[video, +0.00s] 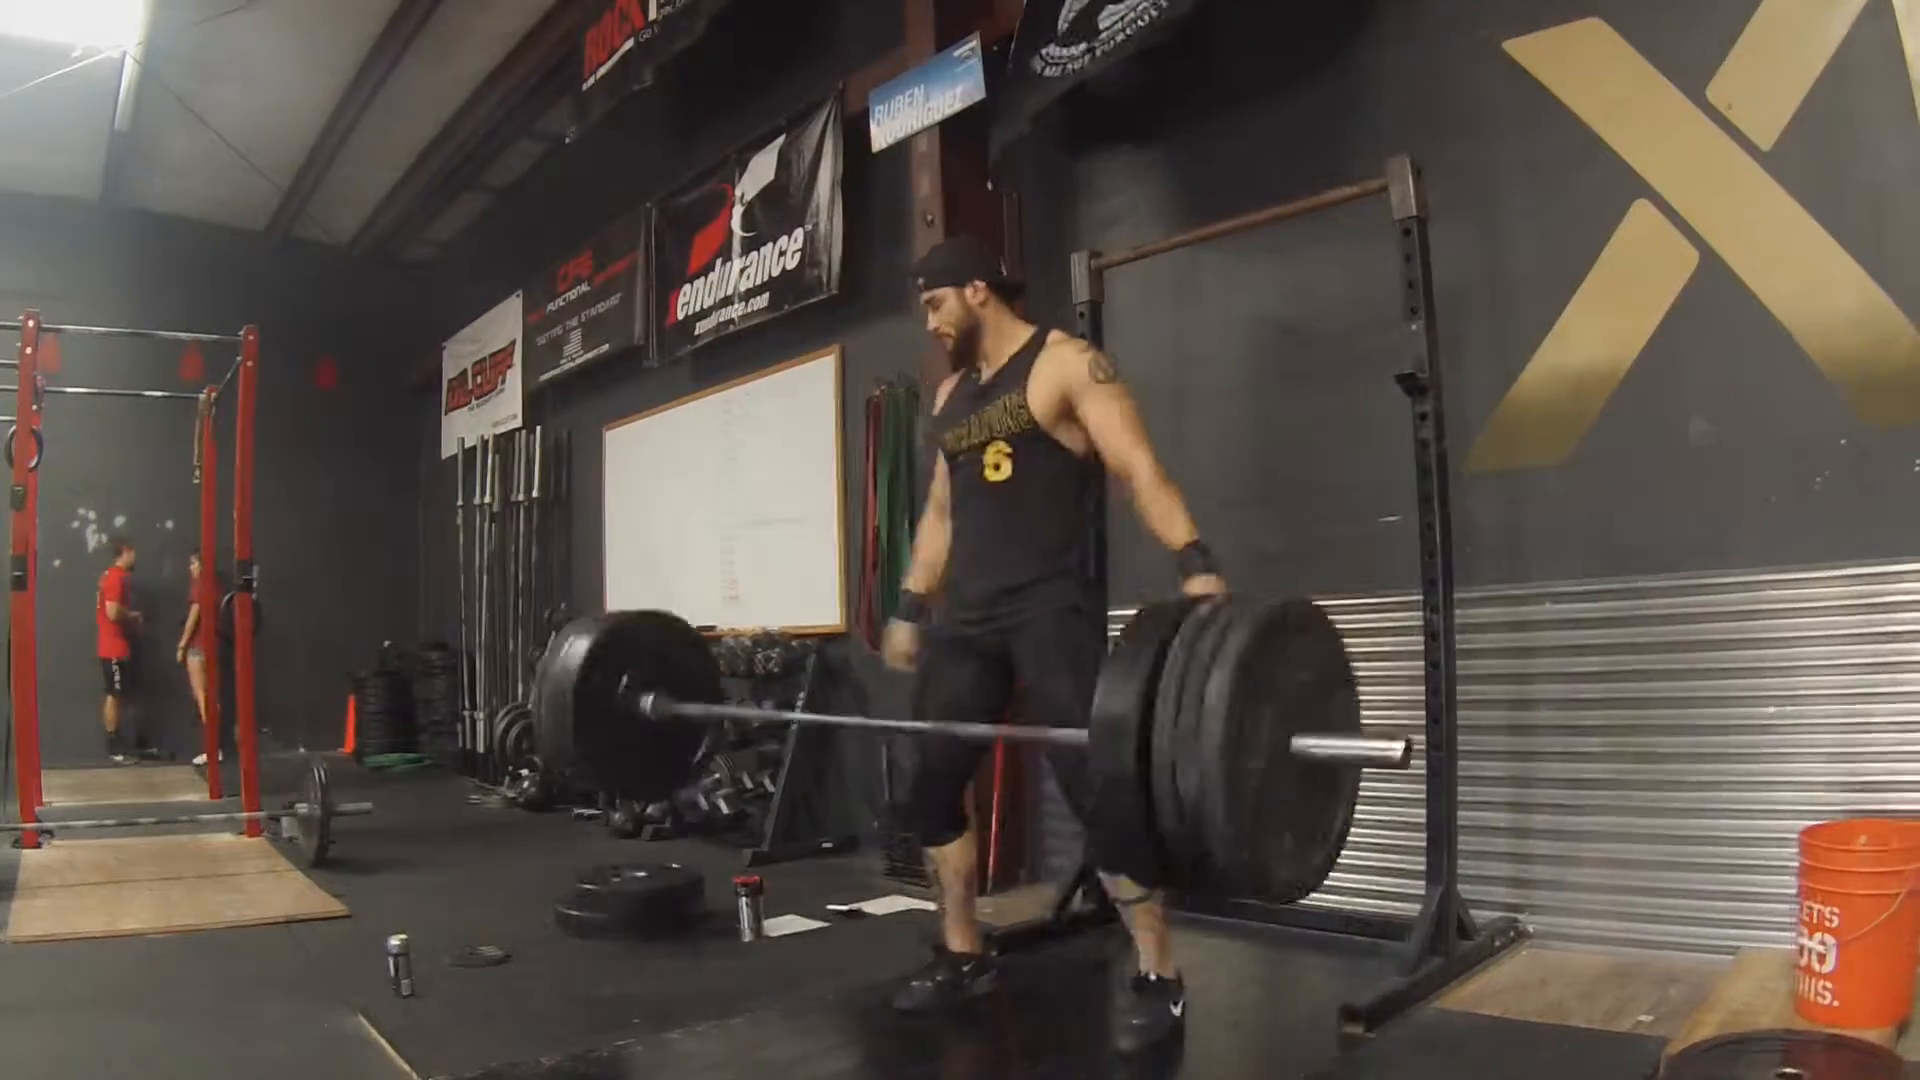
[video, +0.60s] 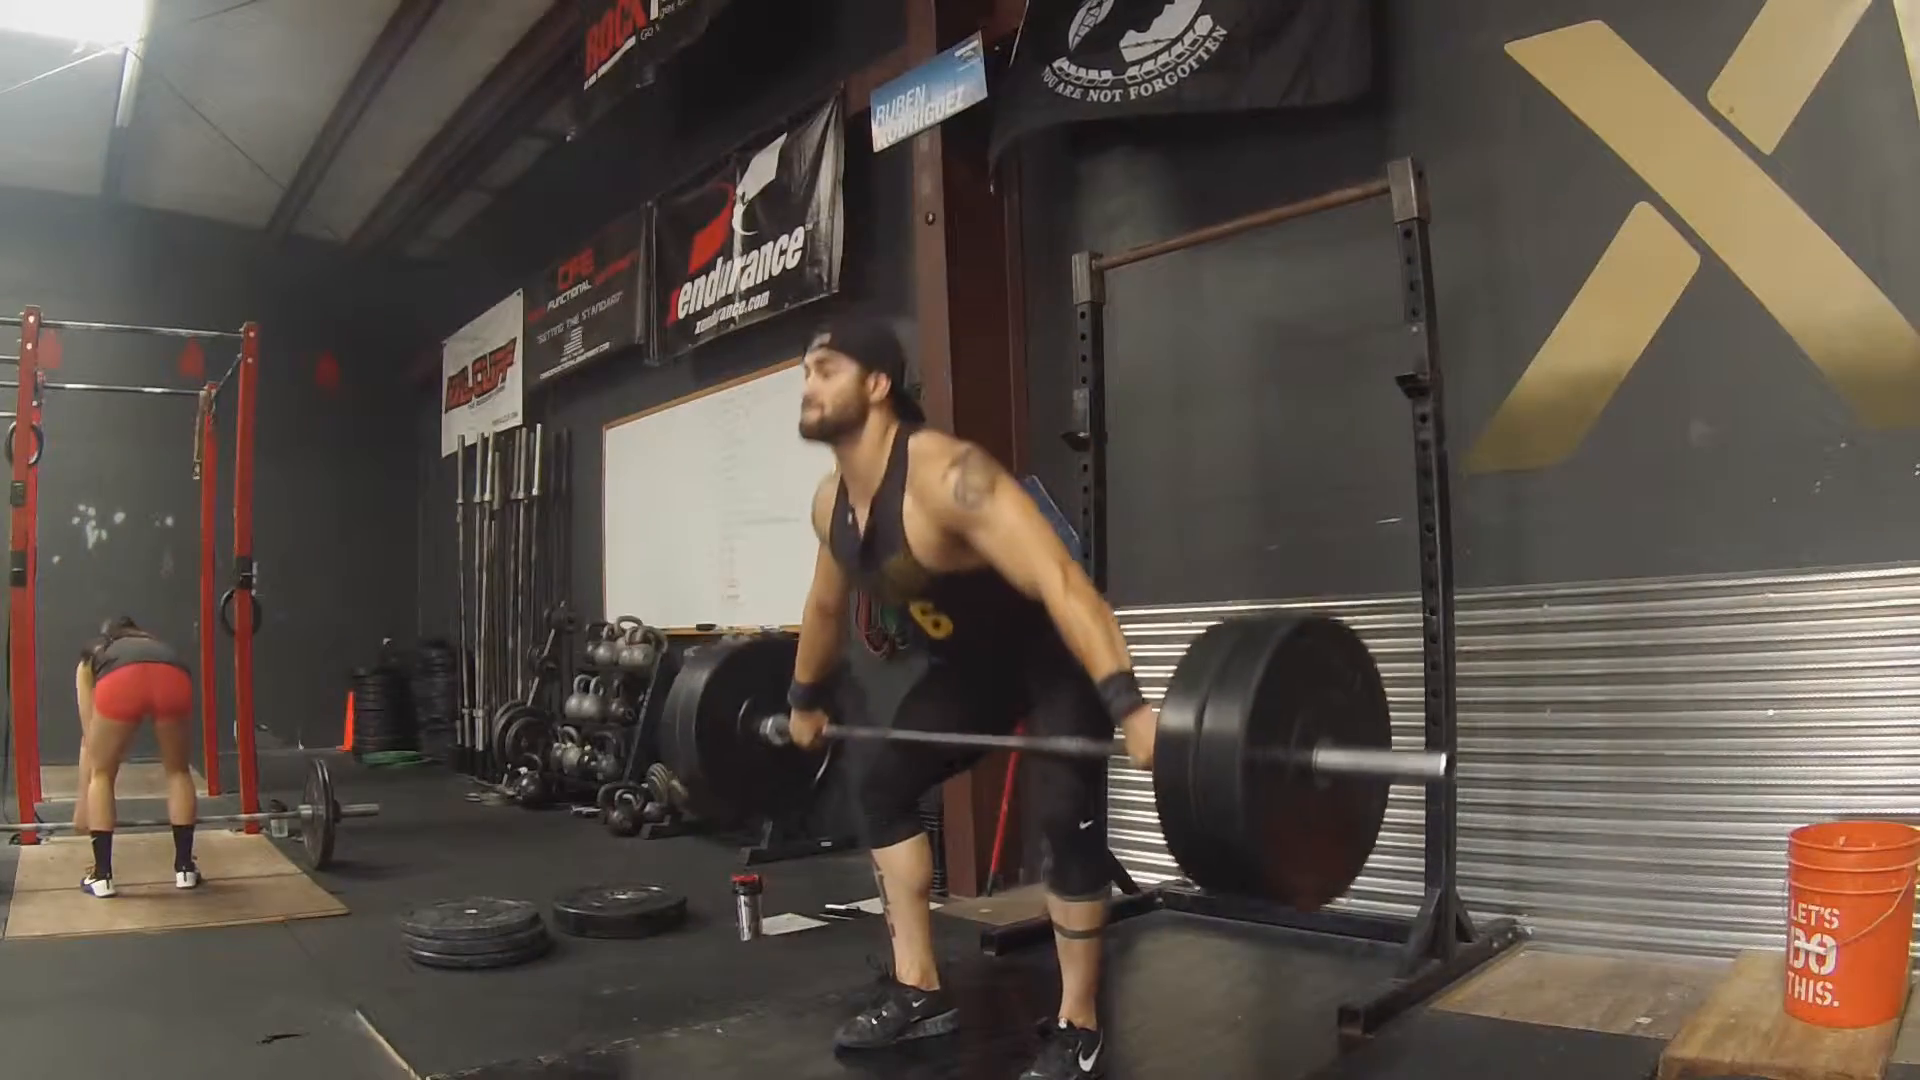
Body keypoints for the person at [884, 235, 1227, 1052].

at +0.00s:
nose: (928, 319)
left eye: (935, 301)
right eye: (923, 307)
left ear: (981, 290)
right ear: (951, 304)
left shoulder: (1066, 363)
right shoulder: (954, 395)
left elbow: (1140, 470)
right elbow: (940, 511)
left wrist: (1194, 561)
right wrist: (908, 608)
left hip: (1055, 614)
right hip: (967, 621)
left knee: (1099, 792)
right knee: (931, 786)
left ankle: (1159, 977)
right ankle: (962, 952)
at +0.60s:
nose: (804, 385)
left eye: (824, 371)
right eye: (806, 372)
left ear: (876, 388)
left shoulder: (953, 476)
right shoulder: (833, 500)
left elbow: (1062, 581)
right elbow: (825, 608)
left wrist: (1129, 705)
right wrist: (805, 701)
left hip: (1056, 647)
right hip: (972, 658)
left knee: (1064, 819)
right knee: (882, 778)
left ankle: (1079, 1024)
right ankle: (918, 990)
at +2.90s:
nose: (771, 566)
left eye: (787, 546)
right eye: (766, 547)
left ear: (842, 546)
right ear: (759, 546)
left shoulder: (913, 588)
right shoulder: (817, 614)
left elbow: (1001, 507)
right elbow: (750, 537)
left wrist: (1085, 396)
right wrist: (742, 464)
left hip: (1009, 803)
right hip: (909, 812)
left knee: (945, 881)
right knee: (778, 846)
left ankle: (1051, 1033)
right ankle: (893, 990)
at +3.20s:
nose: (762, 490)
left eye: (774, 470)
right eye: (755, 474)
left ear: (831, 464)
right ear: (756, 477)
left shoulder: (911, 506)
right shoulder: (812, 534)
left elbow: (1005, 420)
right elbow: (748, 466)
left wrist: (1089, 309)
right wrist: (746, 392)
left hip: (1014, 725)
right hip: (917, 740)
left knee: (966, 858)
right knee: (793, 831)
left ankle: (1052, 1031)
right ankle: (892, 990)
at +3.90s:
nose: (798, 304)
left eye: (808, 283)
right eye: (788, 293)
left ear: (859, 266)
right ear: (801, 293)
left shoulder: (943, 304)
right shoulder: (842, 349)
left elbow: (1021, 203)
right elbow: (770, 283)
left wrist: (1114, 96)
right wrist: (764, 212)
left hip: (994, 589)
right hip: (904, 611)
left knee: (1007, 812)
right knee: (865, 793)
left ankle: (1057, 1033)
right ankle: (898, 998)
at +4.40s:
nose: (894, 276)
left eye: (911, 260)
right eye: (891, 265)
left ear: (963, 263)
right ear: (902, 277)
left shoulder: (1015, 320)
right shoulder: (906, 344)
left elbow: (1082, 232)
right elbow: (832, 301)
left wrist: (1122, 119)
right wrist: (774, 230)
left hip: (1014, 607)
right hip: (927, 619)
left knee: (1005, 805)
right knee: (867, 783)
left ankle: (1057, 1031)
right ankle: (897, 994)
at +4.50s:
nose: (953, 255)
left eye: (968, 241)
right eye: (947, 244)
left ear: (1016, 250)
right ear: (953, 260)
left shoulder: (1056, 311)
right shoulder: (947, 332)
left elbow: (1149, 285)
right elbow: (868, 324)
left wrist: (1142, 185)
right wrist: (792, 273)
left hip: (1051, 596)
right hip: (965, 603)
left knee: (1068, 794)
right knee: (923, 774)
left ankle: (1098, 1017)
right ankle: (926, 972)